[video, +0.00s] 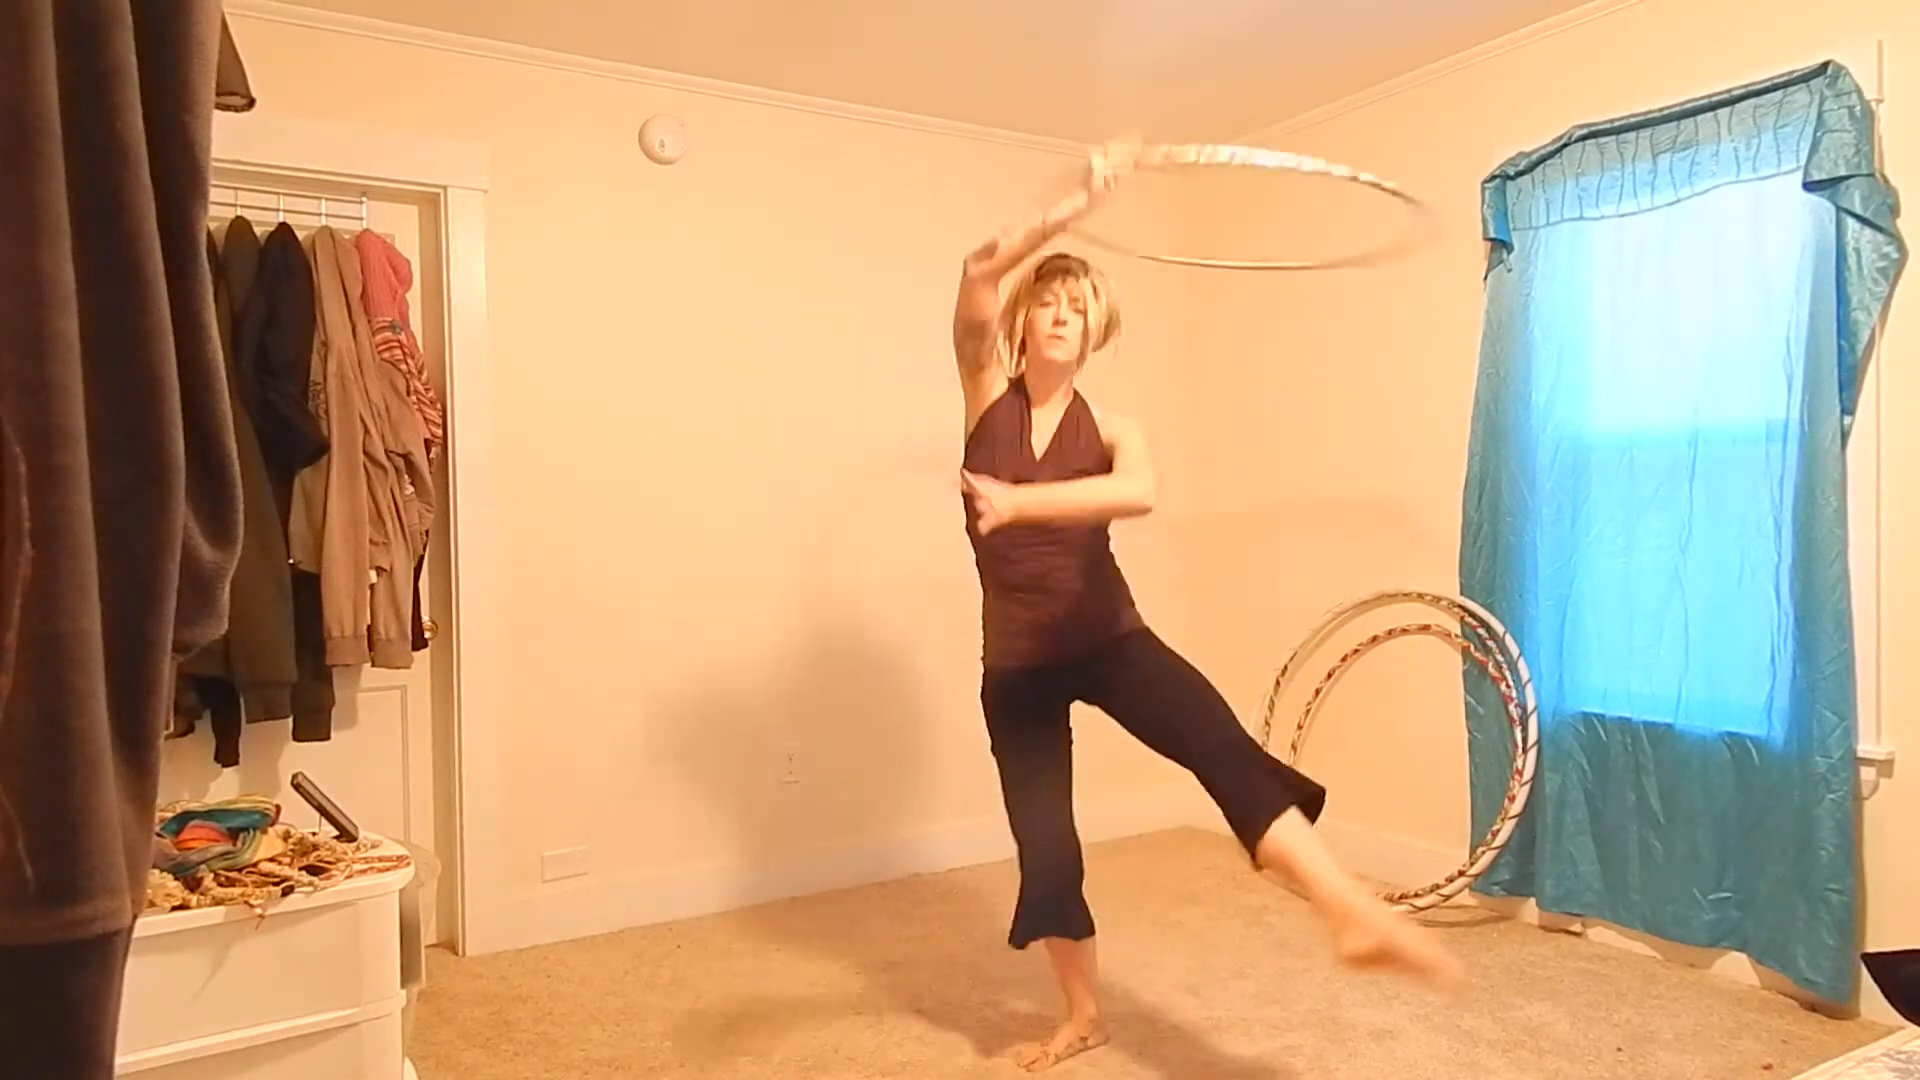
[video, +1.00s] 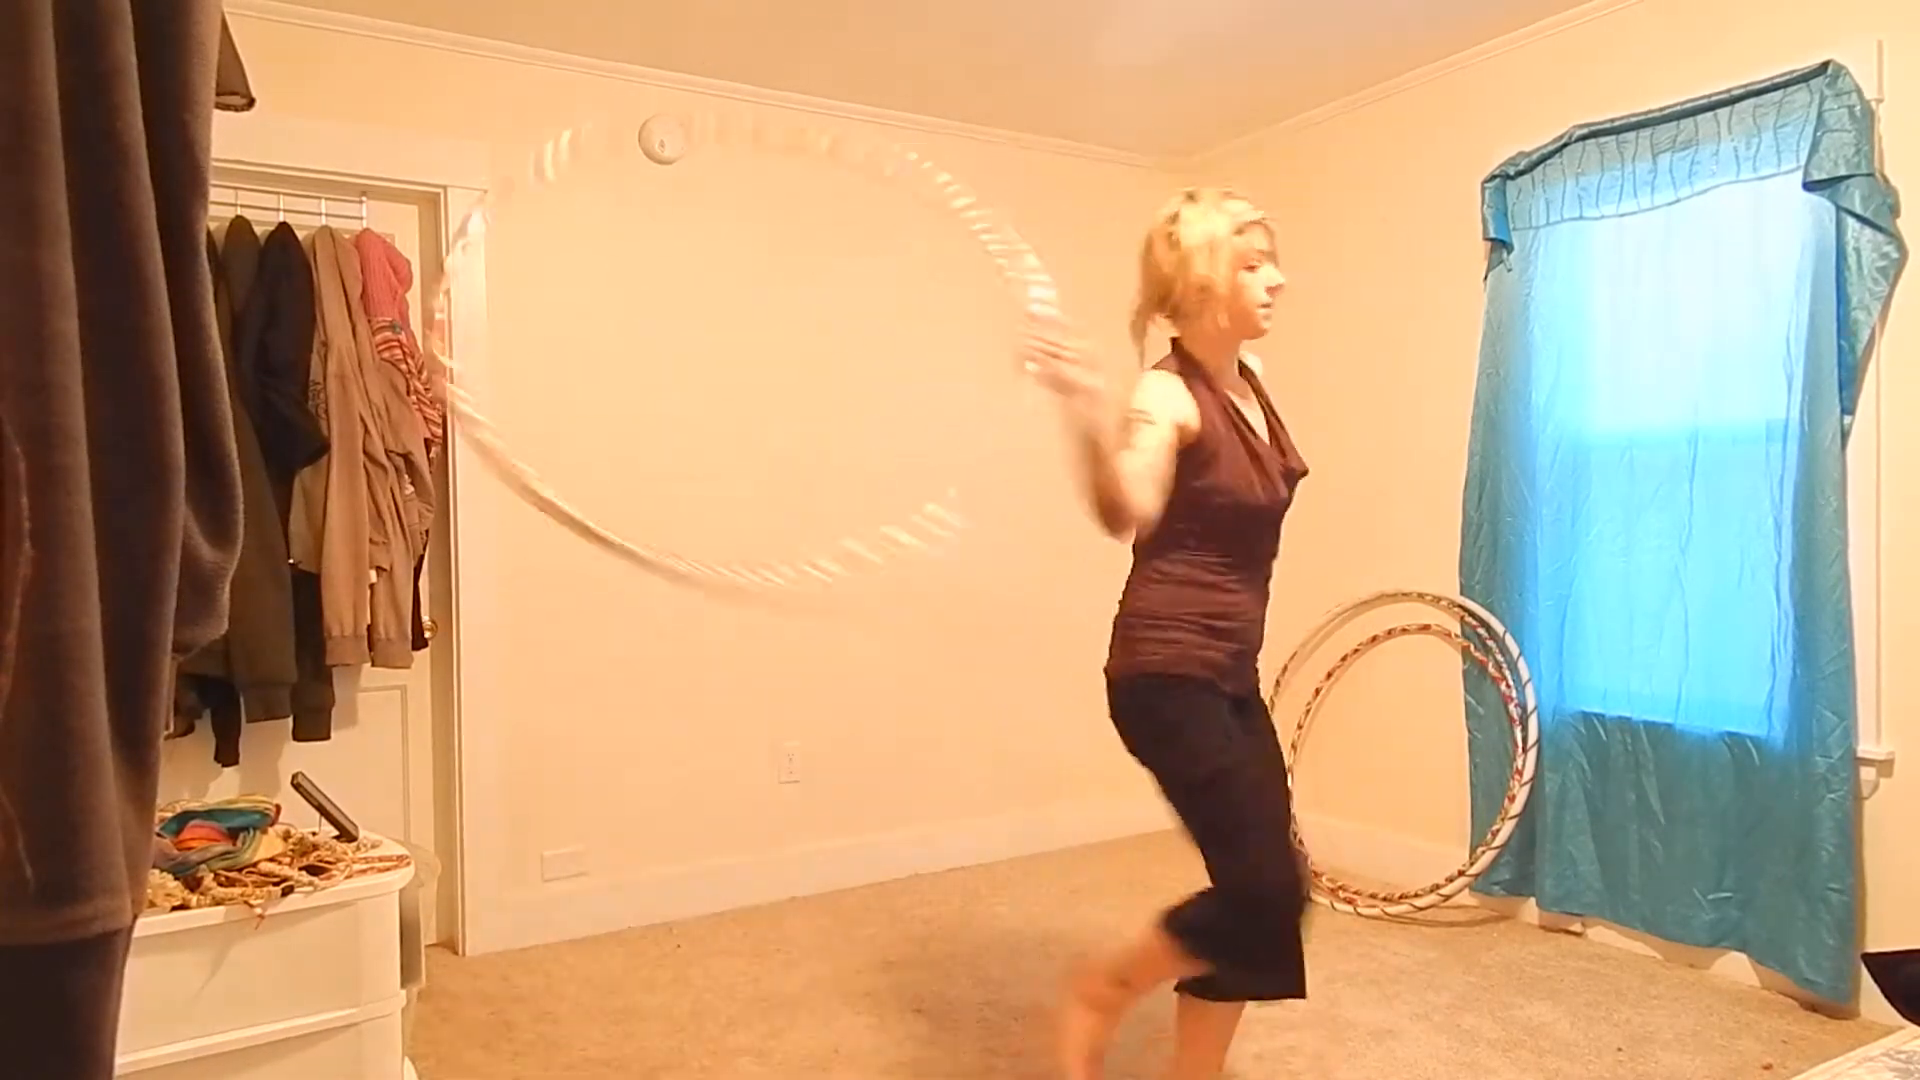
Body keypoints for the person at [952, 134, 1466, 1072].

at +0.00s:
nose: (1061, 319)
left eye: (1076, 309)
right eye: (1049, 306)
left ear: (1092, 333)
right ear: (1017, 321)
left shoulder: (1102, 430)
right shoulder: (987, 397)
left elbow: (1136, 493)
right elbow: (980, 278)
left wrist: (1016, 502)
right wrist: (1080, 201)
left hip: (1110, 643)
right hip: (1019, 663)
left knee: (1225, 751)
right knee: (1043, 843)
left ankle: (1351, 914)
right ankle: (1080, 1016)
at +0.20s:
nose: (1075, 286)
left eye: (1093, 282)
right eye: (1063, 272)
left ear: (1107, 314)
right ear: (1029, 293)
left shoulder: (1110, 412)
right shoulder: (998, 369)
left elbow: (1218, 455)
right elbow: (1006, 230)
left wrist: (1092, 453)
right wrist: (1077, 132)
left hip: (1116, 632)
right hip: (1021, 655)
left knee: (1230, 764)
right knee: (1051, 838)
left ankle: (1375, 905)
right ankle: (1080, 1014)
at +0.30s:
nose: (1085, 292)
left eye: (1099, 287)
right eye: (1070, 279)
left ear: (1110, 318)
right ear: (1035, 302)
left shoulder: (1121, 414)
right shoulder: (1000, 382)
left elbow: (1253, 457)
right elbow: (987, 247)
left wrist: (1176, 510)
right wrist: (1057, 158)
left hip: (1121, 648)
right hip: (1023, 661)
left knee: (1220, 805)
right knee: (1046, 854)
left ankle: (1343, 968)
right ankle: (1083, 1024)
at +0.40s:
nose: (1101, 312)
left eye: (1112, 305)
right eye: (1084, 297)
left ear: (1118, 328)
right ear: (1042, 313)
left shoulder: (1135, 420)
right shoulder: (1006, 395)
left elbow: (1270, 475)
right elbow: (967, 281)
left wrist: (1281, 572)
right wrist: (1021, 187)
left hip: (1128, 664)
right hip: (1028, 672)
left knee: (1200, 857)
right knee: (1035, 864)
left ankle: (1296, 1047)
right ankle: (1084, 1026)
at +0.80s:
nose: (1186, 272)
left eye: (1185, 257)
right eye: (1158, 263)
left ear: (1199, 279)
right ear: (1117, 306)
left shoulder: (1230, 387)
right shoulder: (1097, 396)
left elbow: (1209, 499)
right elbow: (939, 385)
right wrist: (941, 292)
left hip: (1216, 693)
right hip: (1115, 689)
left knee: (1210, 911)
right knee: (1101, 884)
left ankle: (1179, 1064)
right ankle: (1053, 1013)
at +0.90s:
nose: (1228, 273)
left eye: (1227, 258)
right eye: (1204, 262)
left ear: (1234, 272)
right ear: (1156, 290)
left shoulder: (1248, 381)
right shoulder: (1139, 398)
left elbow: (1241, 504)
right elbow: (1004, 445)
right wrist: (953, 327)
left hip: (1232, 684)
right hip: (1148, 682)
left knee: (1230, 917)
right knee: (1176, 897)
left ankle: (1186, 1064)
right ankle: (1059, 974)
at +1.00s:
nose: (1274, 281)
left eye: (1273, 265)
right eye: (1256, 264)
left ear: (1239, 283)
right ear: (1199, 277)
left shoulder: (1245, 383)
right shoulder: (1165, 390)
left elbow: (1235, 517)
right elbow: (1124, 512)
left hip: (1230, 670)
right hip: (1165, 671)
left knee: (1267, 885)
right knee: (1261, 883)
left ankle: (1196, 1066)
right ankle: (1100, 989)